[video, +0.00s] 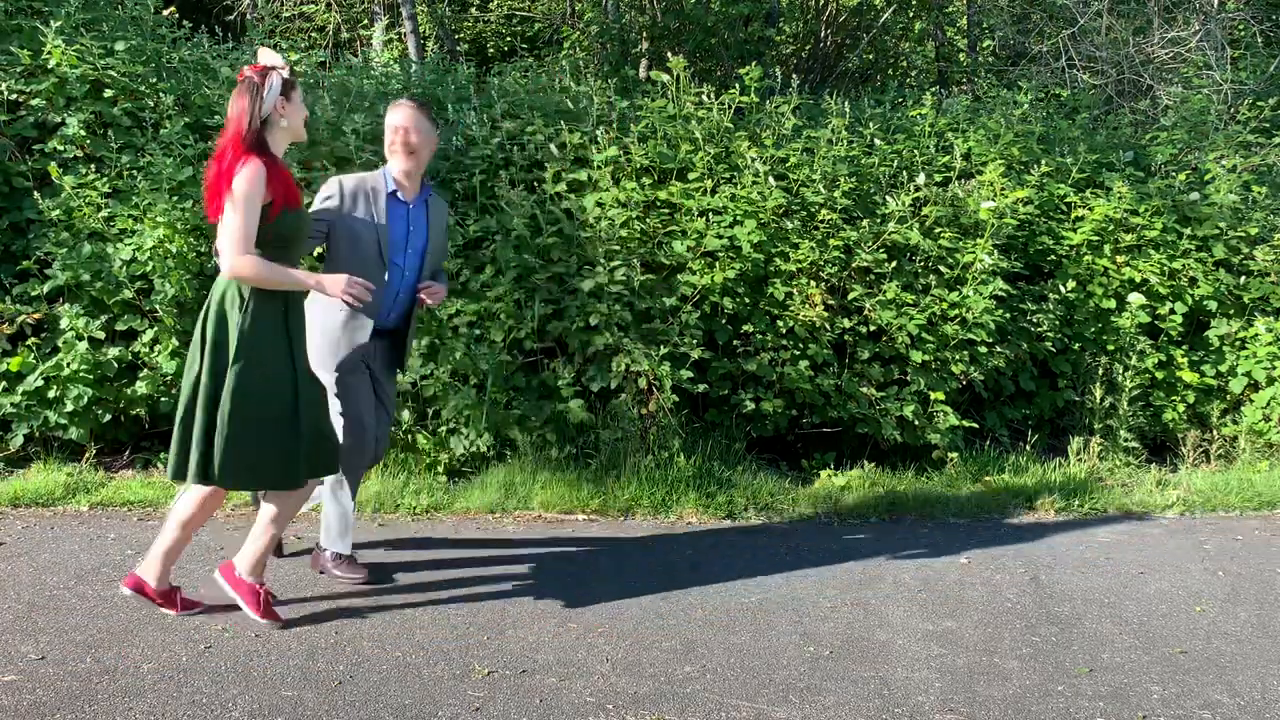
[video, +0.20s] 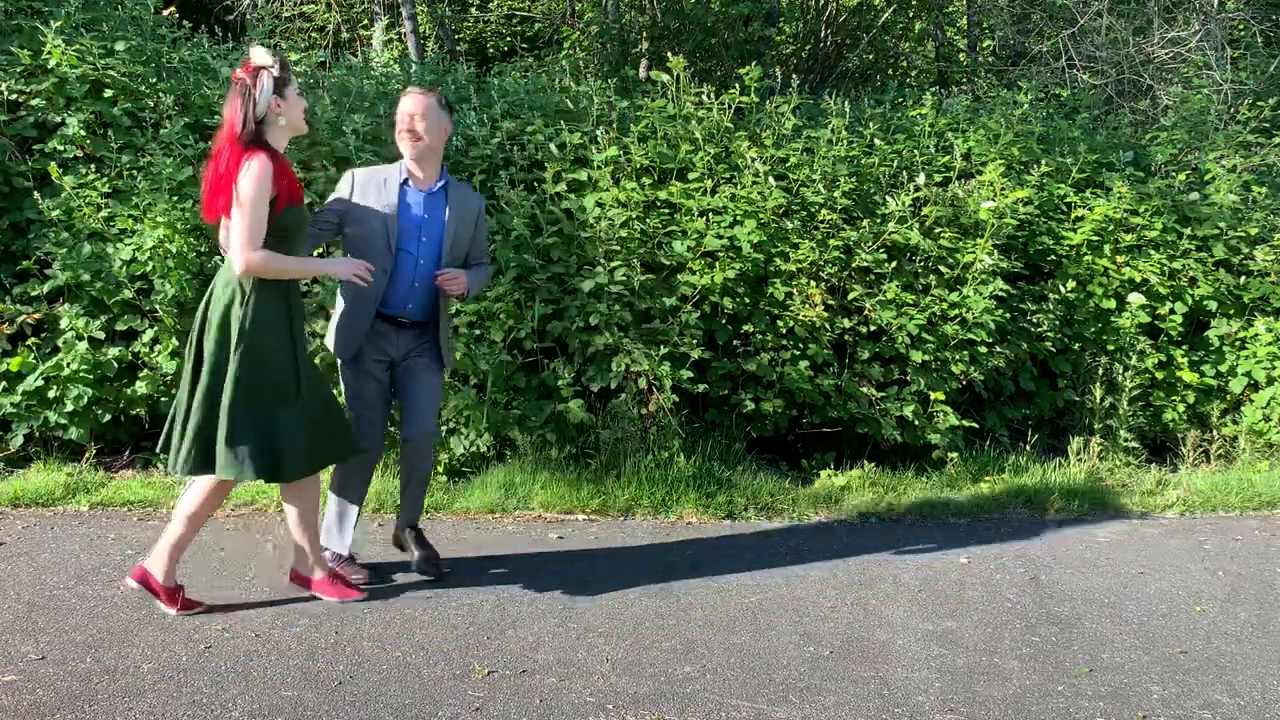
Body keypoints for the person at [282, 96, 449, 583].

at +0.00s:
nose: (402, 141)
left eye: (412, 133)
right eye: (394, 133)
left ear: (434, 143)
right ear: (385, 139)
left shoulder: (436, 209)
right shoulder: (343, 191)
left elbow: (434, 272)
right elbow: (294, 250)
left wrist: (434, 289)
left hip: (387, 340)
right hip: (336, 332)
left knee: (373, 443)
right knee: (354, 434)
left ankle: (278, 510)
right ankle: (335, 549)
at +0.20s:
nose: (409, 125)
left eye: (421, 117)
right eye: (403, 118)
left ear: (447, 128)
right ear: (394, 129)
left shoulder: (469, 203)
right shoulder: (359, 184)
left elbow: (481, 269)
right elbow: (308, 235)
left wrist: (468, 280)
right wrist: (258, 234)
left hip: (425, 337)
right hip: (366, 332)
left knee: (423, 434)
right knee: (365, 439)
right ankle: (337, 550)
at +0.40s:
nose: (414, 127)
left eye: (425, 119)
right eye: (413, 120)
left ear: (461, 125)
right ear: (412, 129)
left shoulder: (499, 197)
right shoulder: (389, 190)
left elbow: (529, 265)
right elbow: (334, 241)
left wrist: (489, 273)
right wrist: (285, 255)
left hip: (464, 340)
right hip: (405, 336)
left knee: (451, 448)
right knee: (399, 441)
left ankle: (476, 556)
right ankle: (348, 539)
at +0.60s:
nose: (423, 120)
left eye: (432, 110)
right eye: (426, 112)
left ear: (465, 116)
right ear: (461, 118)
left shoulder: (516, 183)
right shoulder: (420, 188)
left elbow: (546, 253)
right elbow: (364, 233)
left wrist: (485, 259)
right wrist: (300, 233)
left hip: (492, 335)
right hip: (440, 335)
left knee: (448, 435)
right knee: (428, 440)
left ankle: (480, 547)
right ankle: (469, 534)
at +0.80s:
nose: (442, 131)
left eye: (448, 122)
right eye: (445, 122)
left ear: (470, 126)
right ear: (481, 129)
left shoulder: (514, 186)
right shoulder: (469, 192)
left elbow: (524, 263)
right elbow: (465, 253)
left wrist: (441, 264)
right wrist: (417, 254)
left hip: (503, 352)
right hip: (474, 349)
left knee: (464, 459)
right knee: (452, 452)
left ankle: (505, 584)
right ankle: (478, 543)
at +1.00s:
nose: (461, 118)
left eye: (463, 111)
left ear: (473, 114)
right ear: (521, 117)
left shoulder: (493, 167)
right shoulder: (527, 171)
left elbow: (475, 247)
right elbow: (495, 246)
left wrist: (406, 251)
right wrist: (423, 249)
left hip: (499, 339)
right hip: (531, 335)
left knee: (484, 458)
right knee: (492, 451)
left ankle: (505, 581)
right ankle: (533, 558)